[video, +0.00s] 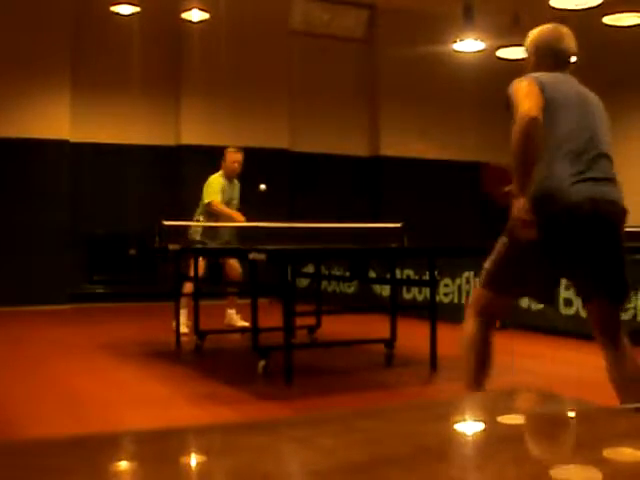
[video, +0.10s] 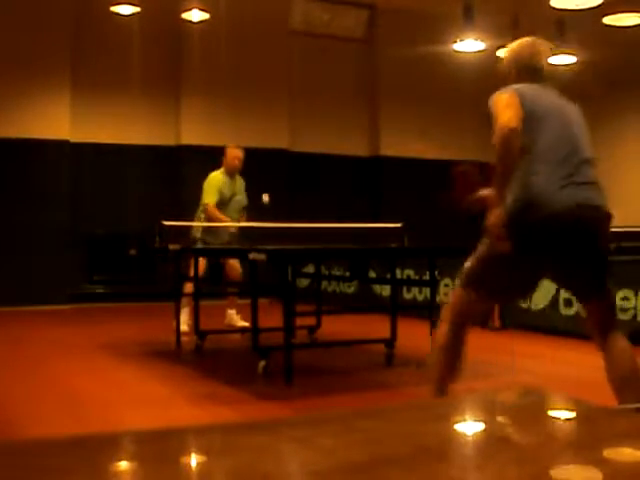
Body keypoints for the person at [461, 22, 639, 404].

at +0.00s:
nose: (526, 59)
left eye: (528, 54)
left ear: (531, 57)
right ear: (572, 60)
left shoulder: (527, 83)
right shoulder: (592, 98)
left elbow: (530, 116)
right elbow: (603, 160)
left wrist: (520, 191)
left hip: (551, 209)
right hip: (604, 211)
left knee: (482, 310)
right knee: (611, 331)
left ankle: (471, 410)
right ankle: (634, 417)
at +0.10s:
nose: (500, 72)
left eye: (502, 66)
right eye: (500, 66)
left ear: (510, 69)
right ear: (544, 70)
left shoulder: (508, 95)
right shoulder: (569, 107)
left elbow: (509, 129)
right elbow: (564, 165)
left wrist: (498, 196)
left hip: (535, 216)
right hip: (589, 217)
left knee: (458, 310)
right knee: (608, 327)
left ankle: (436, 403)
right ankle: (634, 418)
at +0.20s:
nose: (463, 87)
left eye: (465, 80)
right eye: (467, 79)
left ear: (473, 82)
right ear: (505, 80)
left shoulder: (478, 108)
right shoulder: (533, 119)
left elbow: (482, 144)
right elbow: (520, 195)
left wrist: (469, 217)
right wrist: (450, 202)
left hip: (514, 228)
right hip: (568, 228)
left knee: (430, 319)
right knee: (593, 332)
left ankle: (387, 403)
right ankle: (630, 417)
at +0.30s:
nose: (416, 100)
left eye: (417, 92)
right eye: (416, 92)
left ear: (426, 91)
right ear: (457, 89)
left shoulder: (437, 115)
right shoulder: (486, 123)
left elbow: (448, 158)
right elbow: (467, 203)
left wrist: (439, 225)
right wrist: (391, 205)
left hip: (477, 240)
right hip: (526, 237)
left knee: (400, 323)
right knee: (570, 339)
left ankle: (358, 404)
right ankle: (622, 412)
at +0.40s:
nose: (367, 110)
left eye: (368, 102)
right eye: (366, 102)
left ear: (381, 99)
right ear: (406, 94)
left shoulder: (394, 125)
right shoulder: (438, 129)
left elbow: (414, 169)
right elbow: (426, 199)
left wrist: (405, 244)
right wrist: (357, 201)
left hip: (450, 235)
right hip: (497, 234)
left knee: (370, 308)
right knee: (539, 332)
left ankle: (350, 404)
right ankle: (605, 406)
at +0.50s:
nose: (328, 115)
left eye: (327, 108)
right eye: (328, 107)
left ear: (335, 108)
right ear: (366, 101)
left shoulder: (361, 130)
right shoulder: (393, 129)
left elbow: (389, 175)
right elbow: (383, 206)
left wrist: (383, 253)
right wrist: (327, 198)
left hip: (432, 226)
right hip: (477, 222)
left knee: (354, 309)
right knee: (516, 324)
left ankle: (347, 406)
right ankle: (585, 402)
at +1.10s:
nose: (328, 86)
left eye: (327, 79)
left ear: (332, 78)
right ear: (369, 76)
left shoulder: (342, 104)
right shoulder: (395, 105)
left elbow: (352, 151)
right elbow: (418, 160)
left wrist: (348, 223)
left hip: (403, 203)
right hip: (451, 197)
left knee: (345, 309)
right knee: (470, 314)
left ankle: (347, 404)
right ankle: (523, 397)